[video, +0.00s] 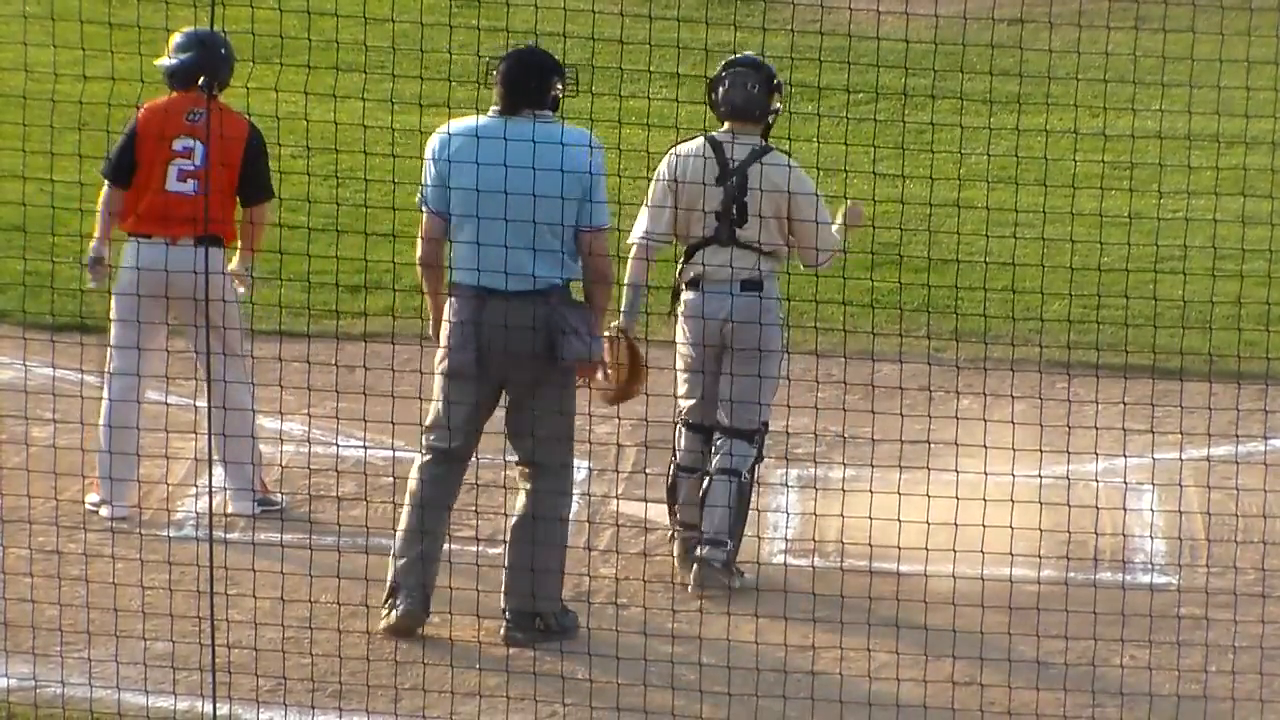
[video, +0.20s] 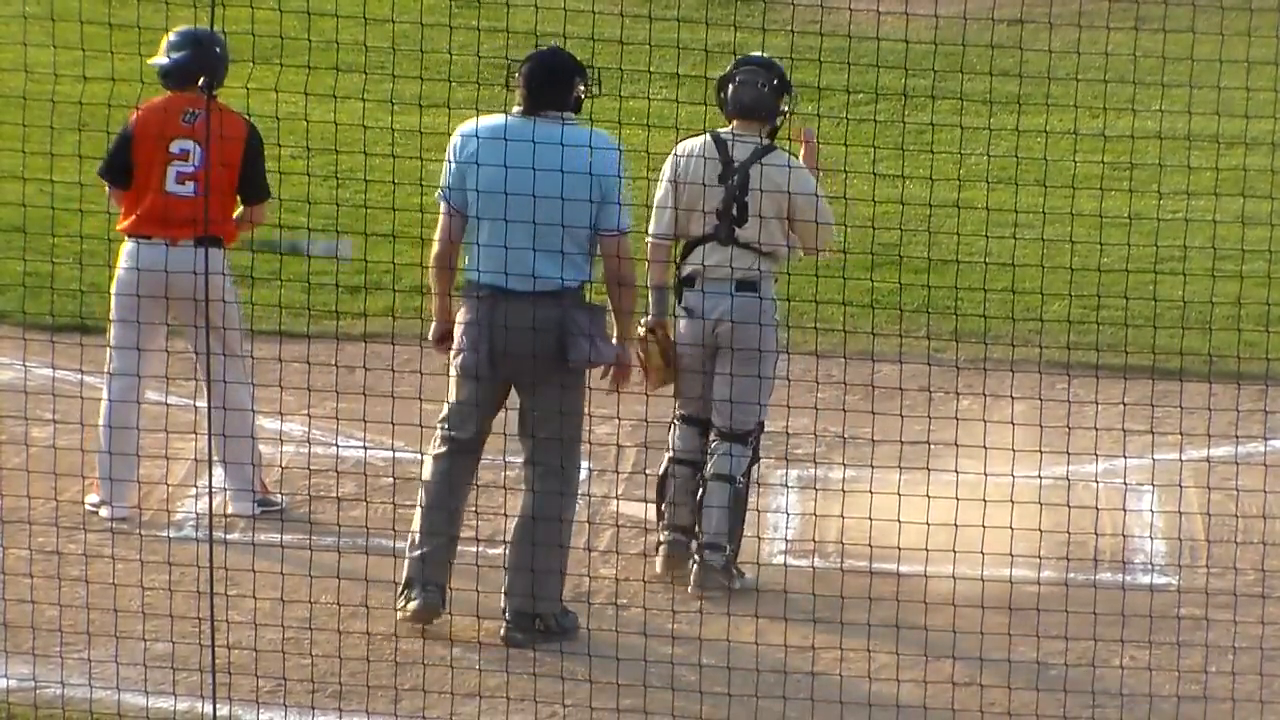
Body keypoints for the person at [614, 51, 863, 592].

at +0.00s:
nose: (770, 108)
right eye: (771, 101)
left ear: (716, 102)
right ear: (769, 108)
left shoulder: (681, 159)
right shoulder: (784, 171)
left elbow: (644, 243)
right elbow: (818, 254)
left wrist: (627, 315)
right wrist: (842, 228)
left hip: (696, 306)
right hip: (757, 310)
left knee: (693, 423)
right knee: (740, 434)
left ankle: (684, 539)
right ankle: (714, 554)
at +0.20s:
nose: (782, 110)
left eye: (780, 102)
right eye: (781, 103)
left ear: (725, 101)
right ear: (777, 108)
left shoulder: (684, 156)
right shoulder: (785, 168)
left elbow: (658, 242)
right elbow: (818, 242)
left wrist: (656, 313)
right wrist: (810, 175)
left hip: (692, 305)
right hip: (752, 309)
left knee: (690, 419)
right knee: (735, 435)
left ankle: (676, 535)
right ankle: (714, 555)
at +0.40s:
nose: (783, 114)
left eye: (780, 106)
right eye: (783, 107)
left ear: (726, 105)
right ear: (776, 113)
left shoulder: (681, 156)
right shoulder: (783, 168)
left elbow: (645, 249)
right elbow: (817, 214)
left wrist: (633, 328)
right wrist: (799, 141)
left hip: (687, 303)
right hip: (746, 309)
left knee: (679, 422)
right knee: (732, 436)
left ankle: (648, 544)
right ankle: (712, 563)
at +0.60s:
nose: (766, 117)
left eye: (762, 110)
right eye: (766, 111)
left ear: (710, 105)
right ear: (761, 115)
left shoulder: (665, 160)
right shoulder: (771, 170)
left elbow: (637, 250)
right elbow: (803, 220)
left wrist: (629, 320)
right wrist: (780, 151)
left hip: (675, 309)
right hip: (737, 312)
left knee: (653, 428)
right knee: (725, 439)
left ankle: (627, 545)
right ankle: (713, 564)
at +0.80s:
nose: (743, 122)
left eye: (738, 114)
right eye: (743, 114)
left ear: (686, 109)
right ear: (738, 117)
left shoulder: (639, 163)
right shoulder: (746, 173)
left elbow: (623, 250)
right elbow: (755, 241)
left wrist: (608, 325)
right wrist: (743, 163)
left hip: (650, 311)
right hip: (711, 314)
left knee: (641, 434)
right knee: (713, 439)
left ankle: (626, 562)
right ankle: (712, 562)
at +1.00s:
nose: (718, 125)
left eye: (714, 118)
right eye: (717, 117)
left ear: (656, 112)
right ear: (710, 120)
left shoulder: (615, 165)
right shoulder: (722, 172)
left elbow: (593, 249)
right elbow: (737, 233)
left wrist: (591, 330)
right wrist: (716, 167)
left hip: (629, 315)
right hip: (692, 318)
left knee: (632, 441)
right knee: (708, 440)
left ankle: (627, 567)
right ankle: (716, 563)